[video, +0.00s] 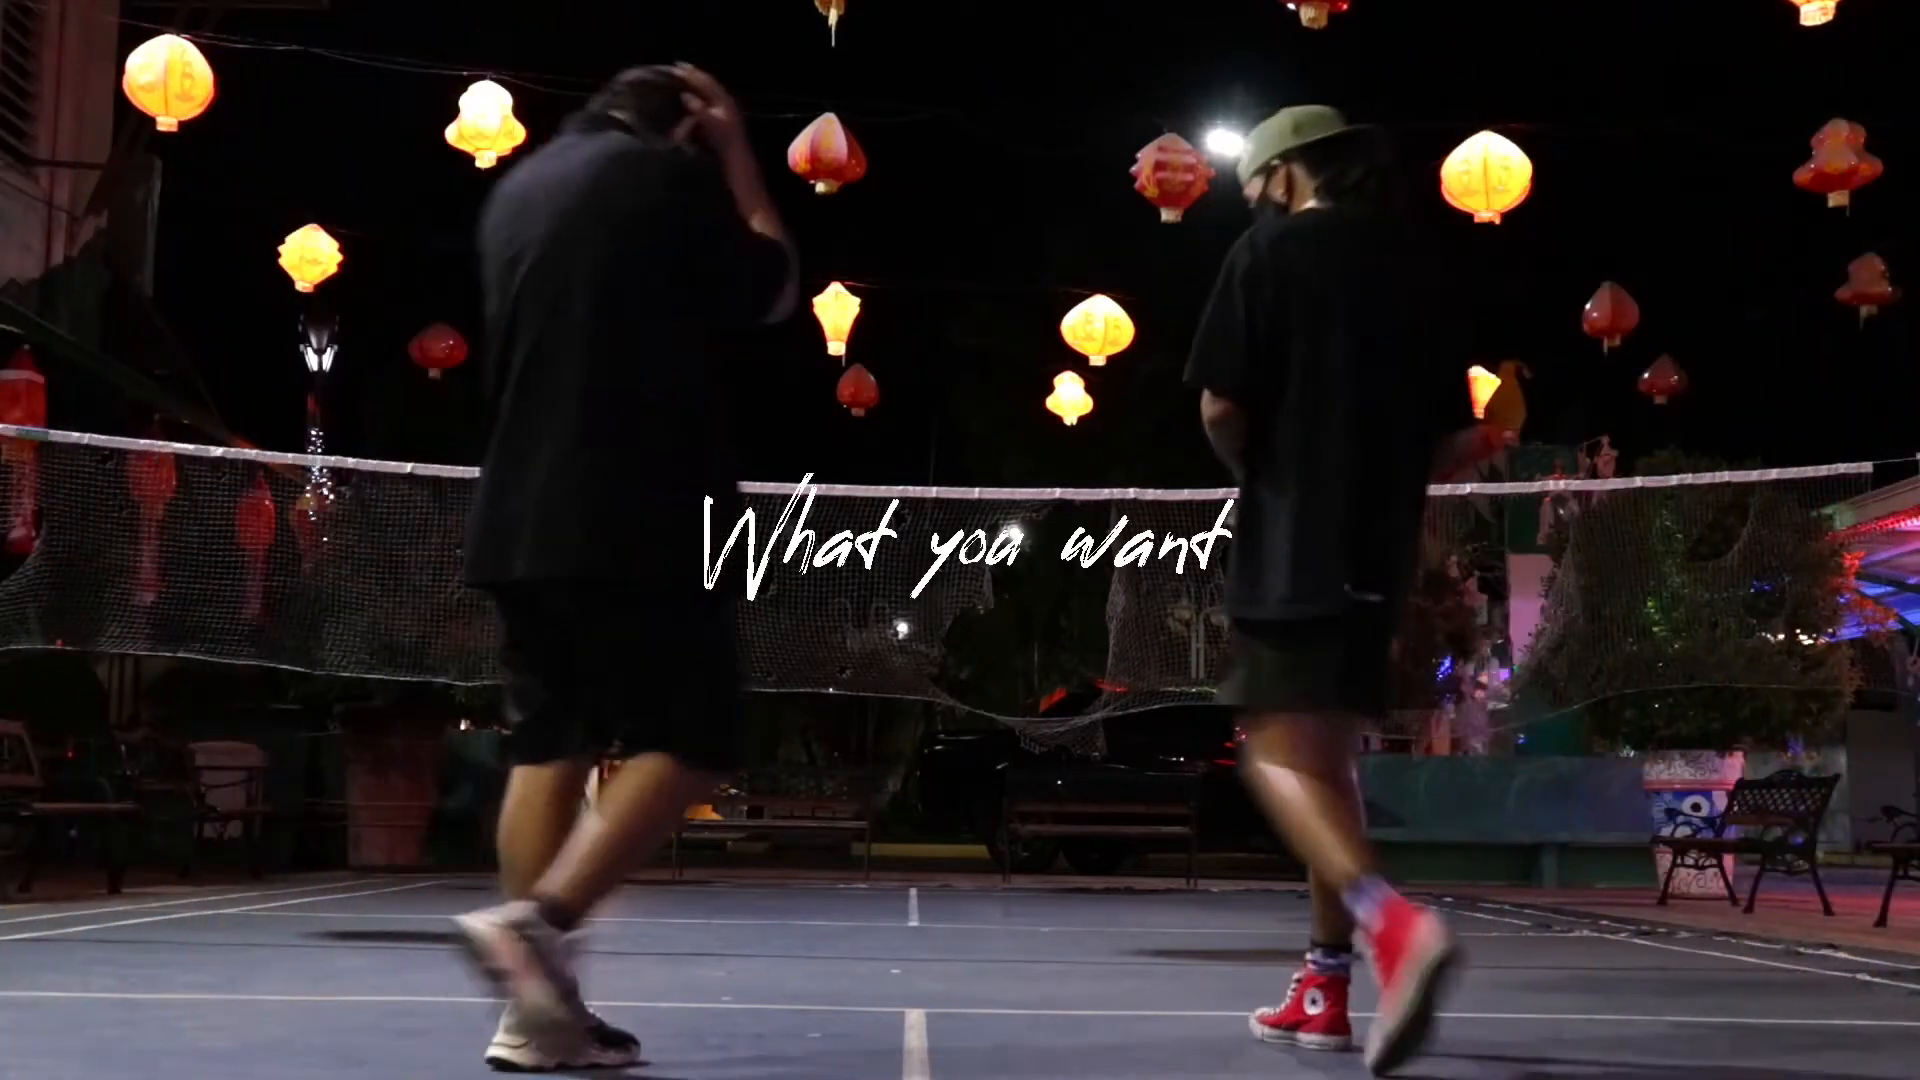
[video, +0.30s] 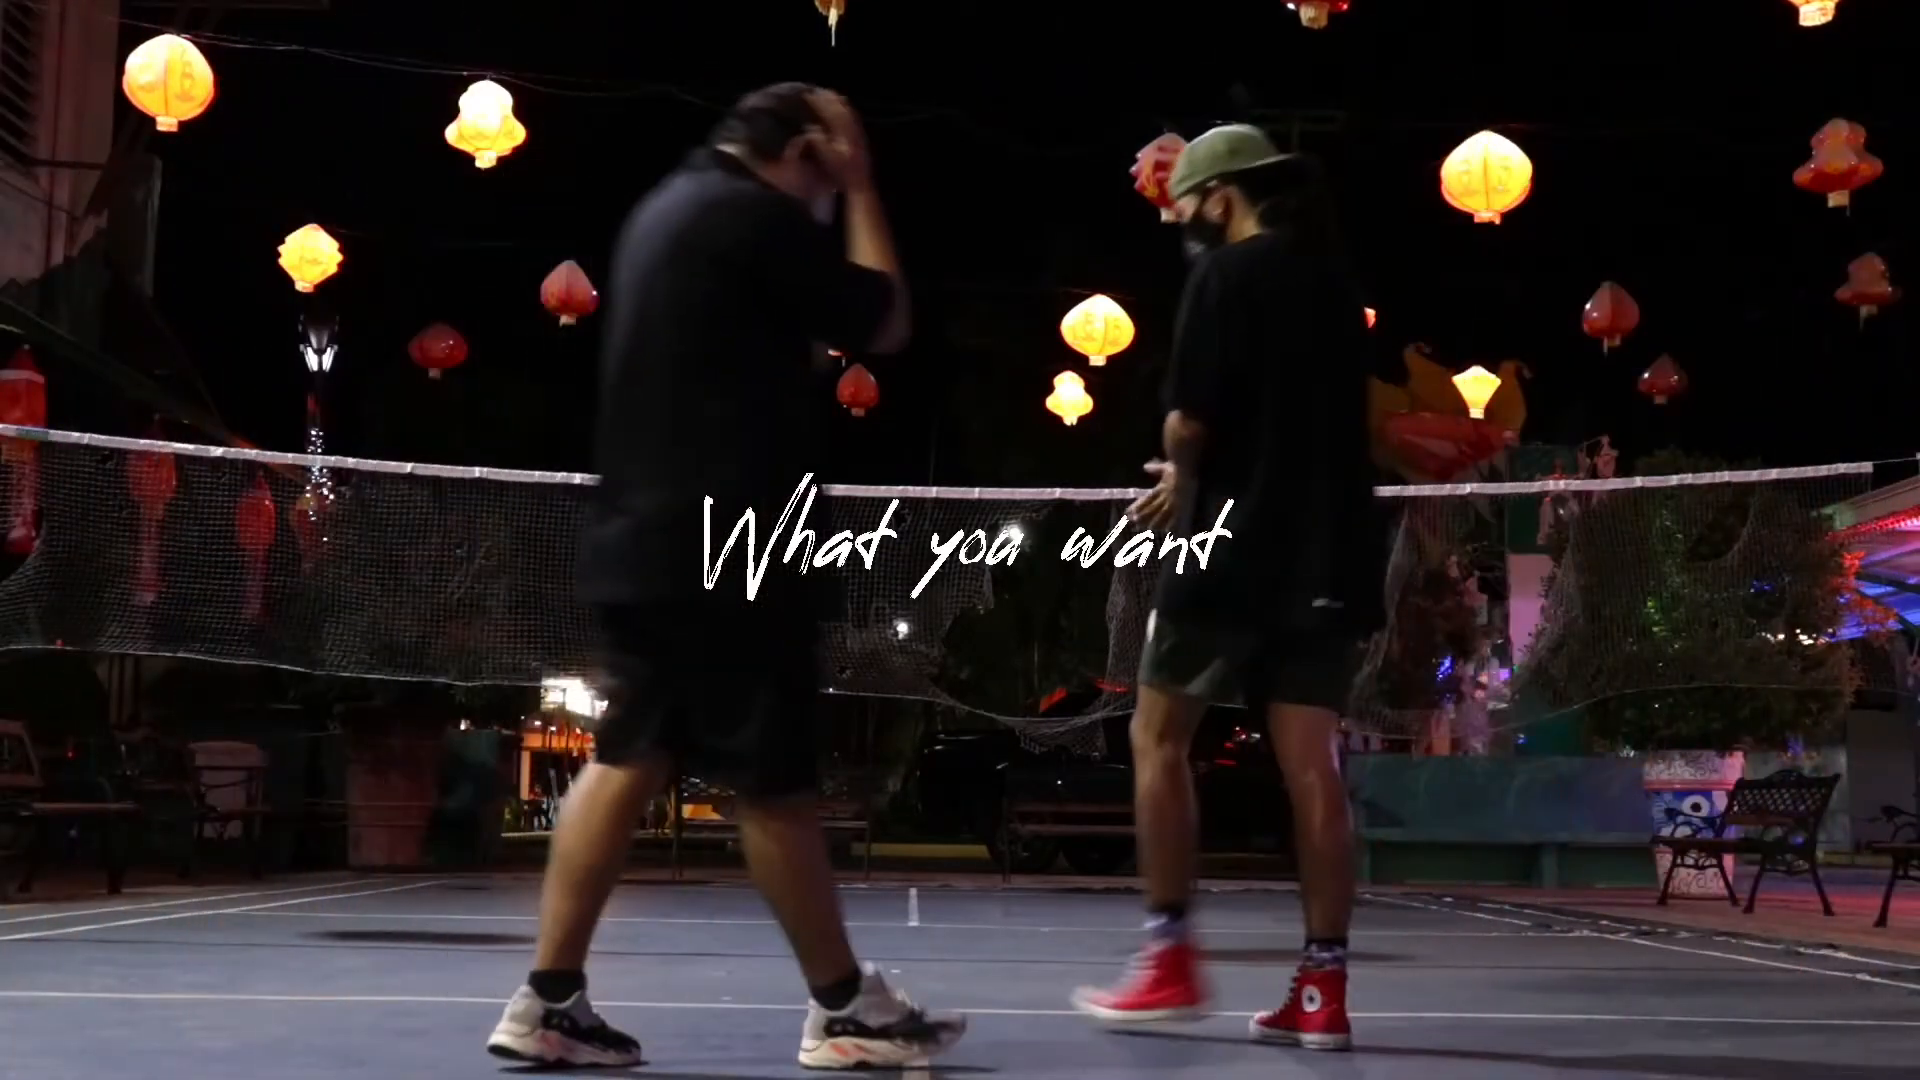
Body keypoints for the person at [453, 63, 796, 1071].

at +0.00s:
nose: (712, 153)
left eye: (712, 137)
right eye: (711, 138)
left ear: (602, 111)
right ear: (687, 125)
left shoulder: (514, 190)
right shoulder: (668, 180)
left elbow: (514, 353)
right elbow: (776, 300)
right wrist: (741, 171)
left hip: (520, 511)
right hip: (641, 511)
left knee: (546, 743)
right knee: (690, 738)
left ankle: (536, 1017)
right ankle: (540, 918)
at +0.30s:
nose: (828, 187)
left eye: (833, 172)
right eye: (825, 172)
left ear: (732, 140)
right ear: (796, 155)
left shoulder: (660, 215)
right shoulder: (756, 221)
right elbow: (880, 320)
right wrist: (857, 186)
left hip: (643, 546)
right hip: (735, 554)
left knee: (623, 759)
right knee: (776, 782)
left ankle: (546, 999)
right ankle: (845, 1003)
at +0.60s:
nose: (950, 166)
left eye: (950, 148)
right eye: (945, 149)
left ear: (835, 142)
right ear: (913, 145)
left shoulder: (782, 228)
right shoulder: (894, 230)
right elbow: (1019, 335)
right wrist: (971, 209)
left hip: (790, 533)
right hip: (877, 538)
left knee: (842, 747)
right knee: (864, 758)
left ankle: (715, 907)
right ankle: (855, 1003)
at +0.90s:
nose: (1055, 183)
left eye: (1051, 167)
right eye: (1051, 168)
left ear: (949, 167)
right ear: (1025, 169)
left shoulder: (902, 266)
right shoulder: (1028, 256)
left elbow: (911, 392)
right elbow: (1145, 349)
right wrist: (1085, 240)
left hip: (931, 550)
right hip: (1012, 553)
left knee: (1018, 779)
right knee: (942, 768)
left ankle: (1102, 987)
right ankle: (862, 997)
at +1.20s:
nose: (1154, 190)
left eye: (1148, 176)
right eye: (1147, 176)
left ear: (1053, 185)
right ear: (1121, 184)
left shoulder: (1011, 285)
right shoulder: (1131, 268)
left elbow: (970, 448)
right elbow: (1244, 341)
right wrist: (1187, 241)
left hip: (1038, 563)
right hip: (1140, 556)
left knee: (1084, 769)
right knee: (1180, 756)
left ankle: (1112, 993)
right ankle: (1033, 912)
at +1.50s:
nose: (1286, 217)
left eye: (1283, 200)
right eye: (1280, 200)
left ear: (1183, 205)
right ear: (1252, 206)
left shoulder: (1141, 296)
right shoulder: (1253, 294)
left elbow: (1136, 433)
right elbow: (1359, 391)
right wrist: (1319, 274)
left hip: (1154, 586)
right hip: (1256, 588)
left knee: (1150, 775)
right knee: (1298, 793)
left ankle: (1117, 994)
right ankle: (1371, 990)